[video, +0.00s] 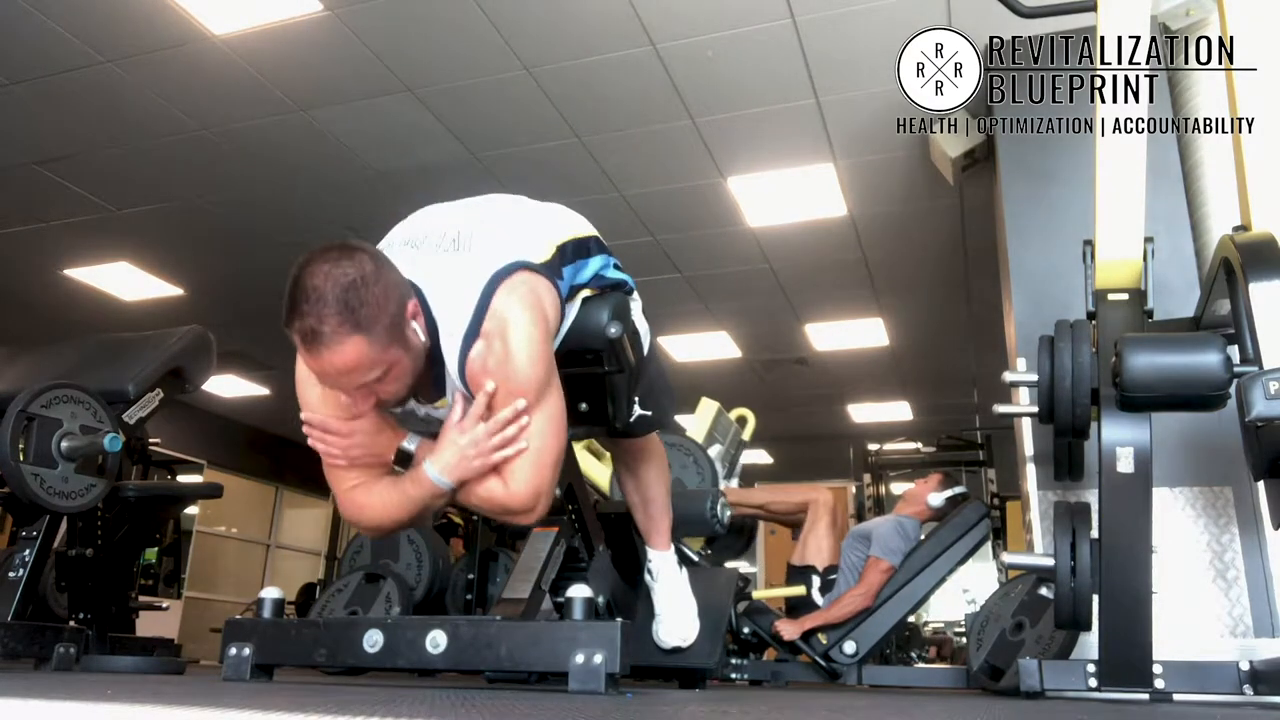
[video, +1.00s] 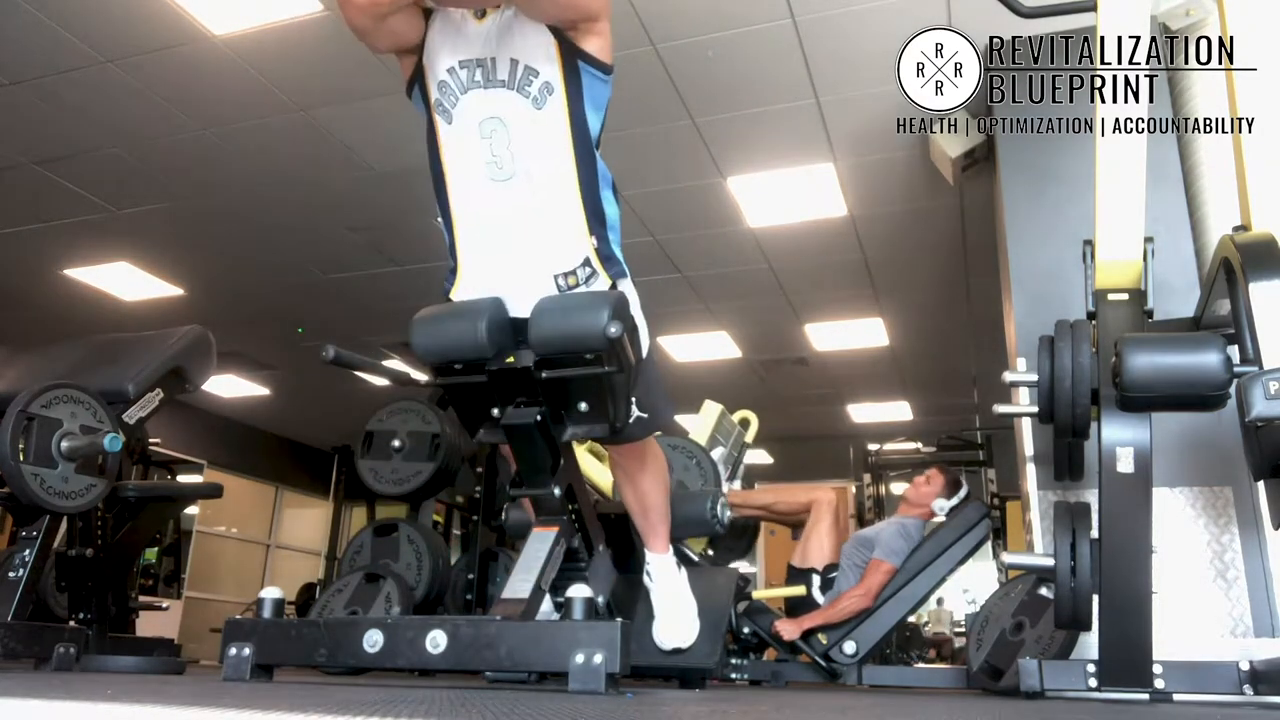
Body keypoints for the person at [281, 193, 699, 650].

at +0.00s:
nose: (360, 400)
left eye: (376, 379)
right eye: (341, 383)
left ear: (414, 321)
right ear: (310, 354)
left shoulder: (505, 320)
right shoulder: (319, 356)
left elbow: (523, 501)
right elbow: (361, 508)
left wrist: (399, 444)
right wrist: (438, 472)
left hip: (569, 262)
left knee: (632, 421)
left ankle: (662, 562)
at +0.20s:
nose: (333, 284)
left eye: (347, 262)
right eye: (314, 266)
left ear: (395, 218)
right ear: (293, 242)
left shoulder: (497, 240)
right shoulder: (307, 273)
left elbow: (493, 435)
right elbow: (325, 450)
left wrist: (368, 377)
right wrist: (415, 384)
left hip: (574, 303)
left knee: (631, 422)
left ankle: (663, 562)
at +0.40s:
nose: (336, 69)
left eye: (358, 42)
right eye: (321, 49)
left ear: (413, 29)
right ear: (309, 52)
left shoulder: (492, 96)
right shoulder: (304, 143)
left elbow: (445, 242)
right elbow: (269, 276)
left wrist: (343, 199)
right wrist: (386, 181)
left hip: (576, 294)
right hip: (474, 312)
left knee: (631, 428)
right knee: (509, 440)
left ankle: (662, 566)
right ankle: (547, 535)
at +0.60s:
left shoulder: (534, 12)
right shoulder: (369, 46)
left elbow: (458, 67)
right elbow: (283, 101)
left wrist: (357, 56)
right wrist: (399, 13)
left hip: (579, 284)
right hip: (479, 303)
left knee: (631, 426)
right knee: (520, 442)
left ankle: (661, 564)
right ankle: (547, 538)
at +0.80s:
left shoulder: (570, 10)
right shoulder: (414, 41)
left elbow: (478, 11)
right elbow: (333, 28)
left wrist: (396, 12)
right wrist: (421, 1)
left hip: (579, 252)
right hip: (477, 263)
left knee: (628, 417)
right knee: (509, 424)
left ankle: (661, 562)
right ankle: (543, 548)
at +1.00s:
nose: (462, 1)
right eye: (448, 1)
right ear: (439, 3)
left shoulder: (579, 16)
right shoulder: (421, 34)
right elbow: (361, 10)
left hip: (586, 276)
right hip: (482, 287)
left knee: (629, 429)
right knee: (513, 435)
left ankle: (661, 565)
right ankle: (543, 545)